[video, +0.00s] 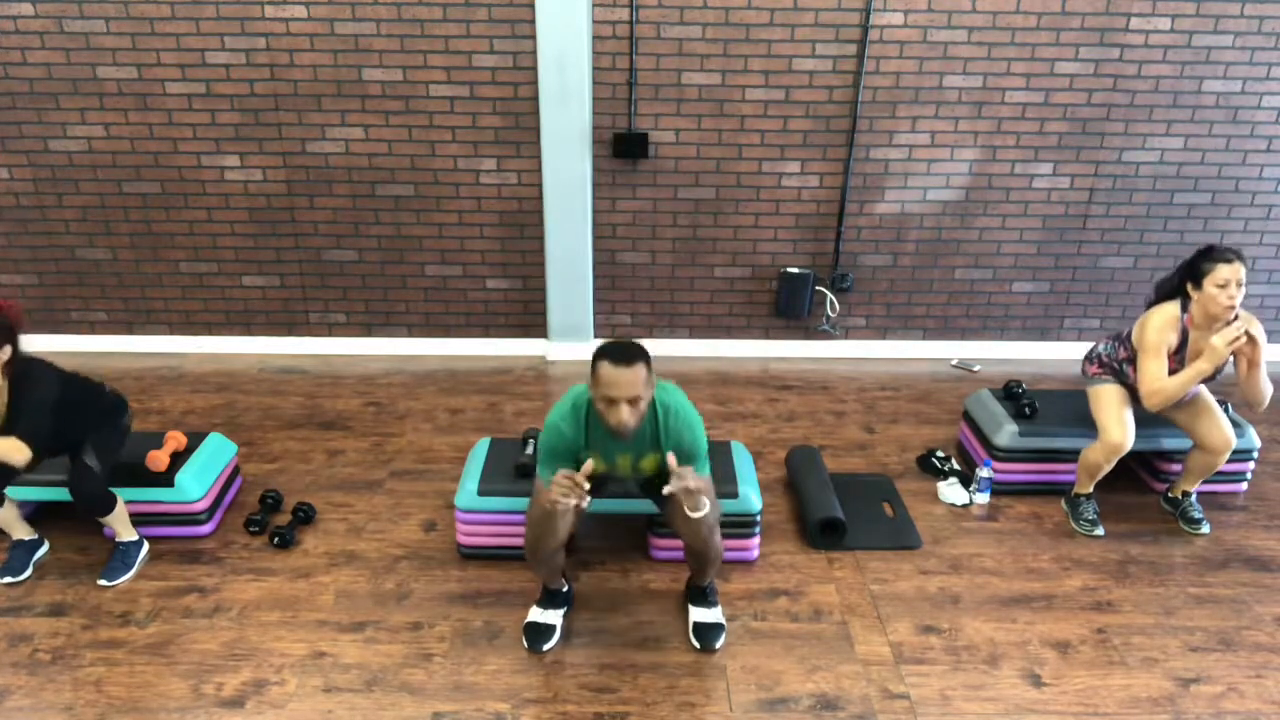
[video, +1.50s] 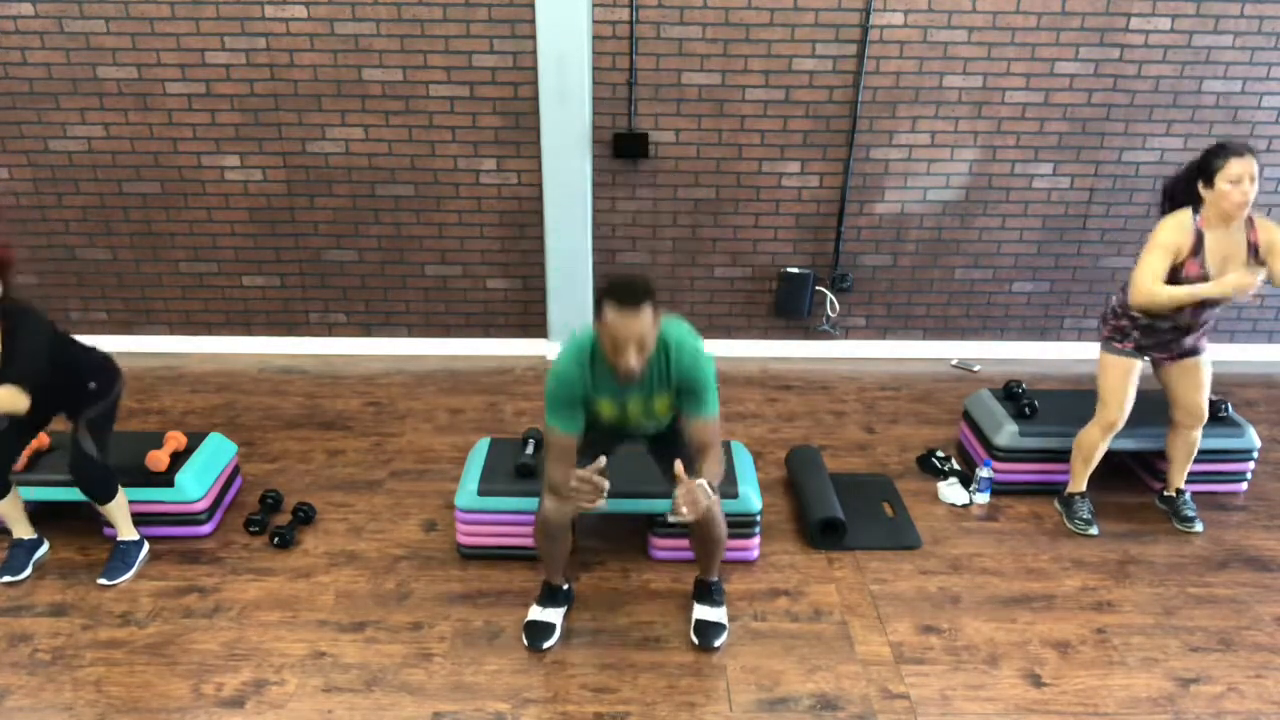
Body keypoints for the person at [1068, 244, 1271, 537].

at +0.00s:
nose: (1234, 296)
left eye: (1240, 286)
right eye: (1222, 287)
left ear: (1245, 288)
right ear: (1192, 289)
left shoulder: (1244, 327)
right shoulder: (1161, 321)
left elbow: (1257, 402)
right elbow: (1153, 398)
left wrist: (1253, 360)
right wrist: (1208, 362)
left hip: (1168, 374)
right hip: (1112, 369)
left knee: (1221, 441)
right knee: (1118, 439)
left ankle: (1179, 494)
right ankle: (1079, 495)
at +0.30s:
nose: (1245, 256)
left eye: (1250, 246)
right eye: (1234, 245)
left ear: (1255, 248)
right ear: (1203, 248)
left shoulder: (1255, 289)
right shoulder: (1168, 282)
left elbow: (1273, 351)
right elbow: (1147, 357)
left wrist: (1263, 339)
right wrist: (1212, 351)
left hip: (1181, 356)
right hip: (1122, 351)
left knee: (1214, 435)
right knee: (1115, 436)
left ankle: (1179, 494)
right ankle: (1080, 495)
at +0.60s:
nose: (1246, 183)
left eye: (1252, 173)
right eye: (1236, 172)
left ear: (1257, 174)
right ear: (1206, 172)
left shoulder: (1258, 222)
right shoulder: (1174, 218)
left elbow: (1278, 278)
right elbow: (1119, 284)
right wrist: (1095, 351)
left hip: (1199, 334)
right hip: (1145, 329)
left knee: (1197, 425)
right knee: (1120, 424)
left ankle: (1179, 495)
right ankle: (1080, 494)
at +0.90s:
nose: (1244, 173)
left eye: (1249, 163)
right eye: (1233, 163)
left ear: (1254, 164)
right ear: (1203, 167)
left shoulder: (1255, 212)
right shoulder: (1170, 214)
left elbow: (1225, 266)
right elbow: (1108, 257)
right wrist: (1069, 293)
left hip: (1211, 340)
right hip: (1158, 335)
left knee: (1185, 425)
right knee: (1122, 418)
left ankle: (1175, 495)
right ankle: (1080, 494)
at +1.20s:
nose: (1243, 170)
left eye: (1248, 161)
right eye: (1233, 161)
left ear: (1253, 164)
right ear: (1203, 164)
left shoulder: (1257, 214)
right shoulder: (1171, 215)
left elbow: (1265, 279)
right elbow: (1117, 273)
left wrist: (1277, 333)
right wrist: (1082, 329)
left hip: (1213, 339)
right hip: (1159, 333)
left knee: (1185, 423)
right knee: (1126, 421)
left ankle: (1175, 494)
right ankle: (1081, 493)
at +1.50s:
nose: (1247, 191)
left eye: (1252, 181)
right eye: (1235, 182)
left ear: (1257, 184)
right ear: (1205, 188)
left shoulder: (1263, 234)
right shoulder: (1177, 227)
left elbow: (1278, 277)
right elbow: (1142, 295)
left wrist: (1264, 269)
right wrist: (1216, 289)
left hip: (1185, 330)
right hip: (1132, 324)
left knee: (1192, 416)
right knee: (1111, 417)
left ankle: (1174, 493)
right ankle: (1074, 494)